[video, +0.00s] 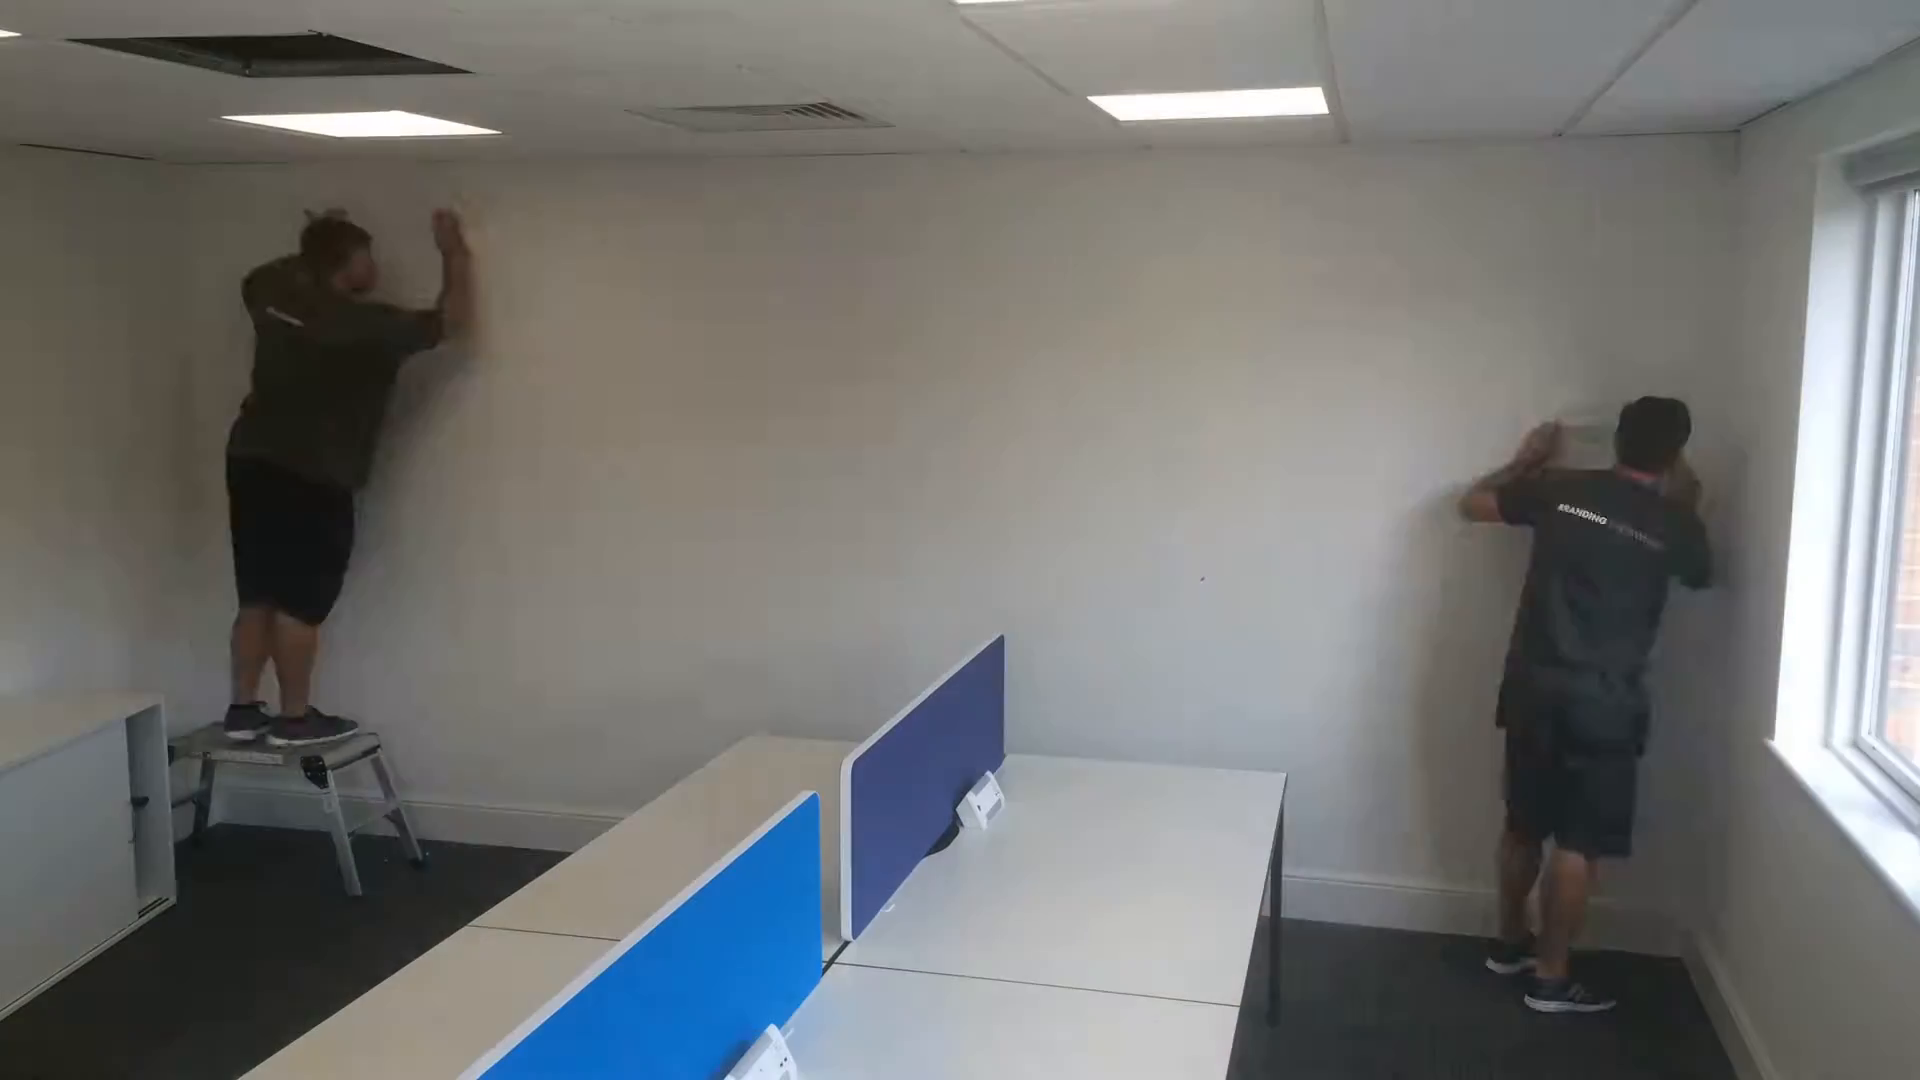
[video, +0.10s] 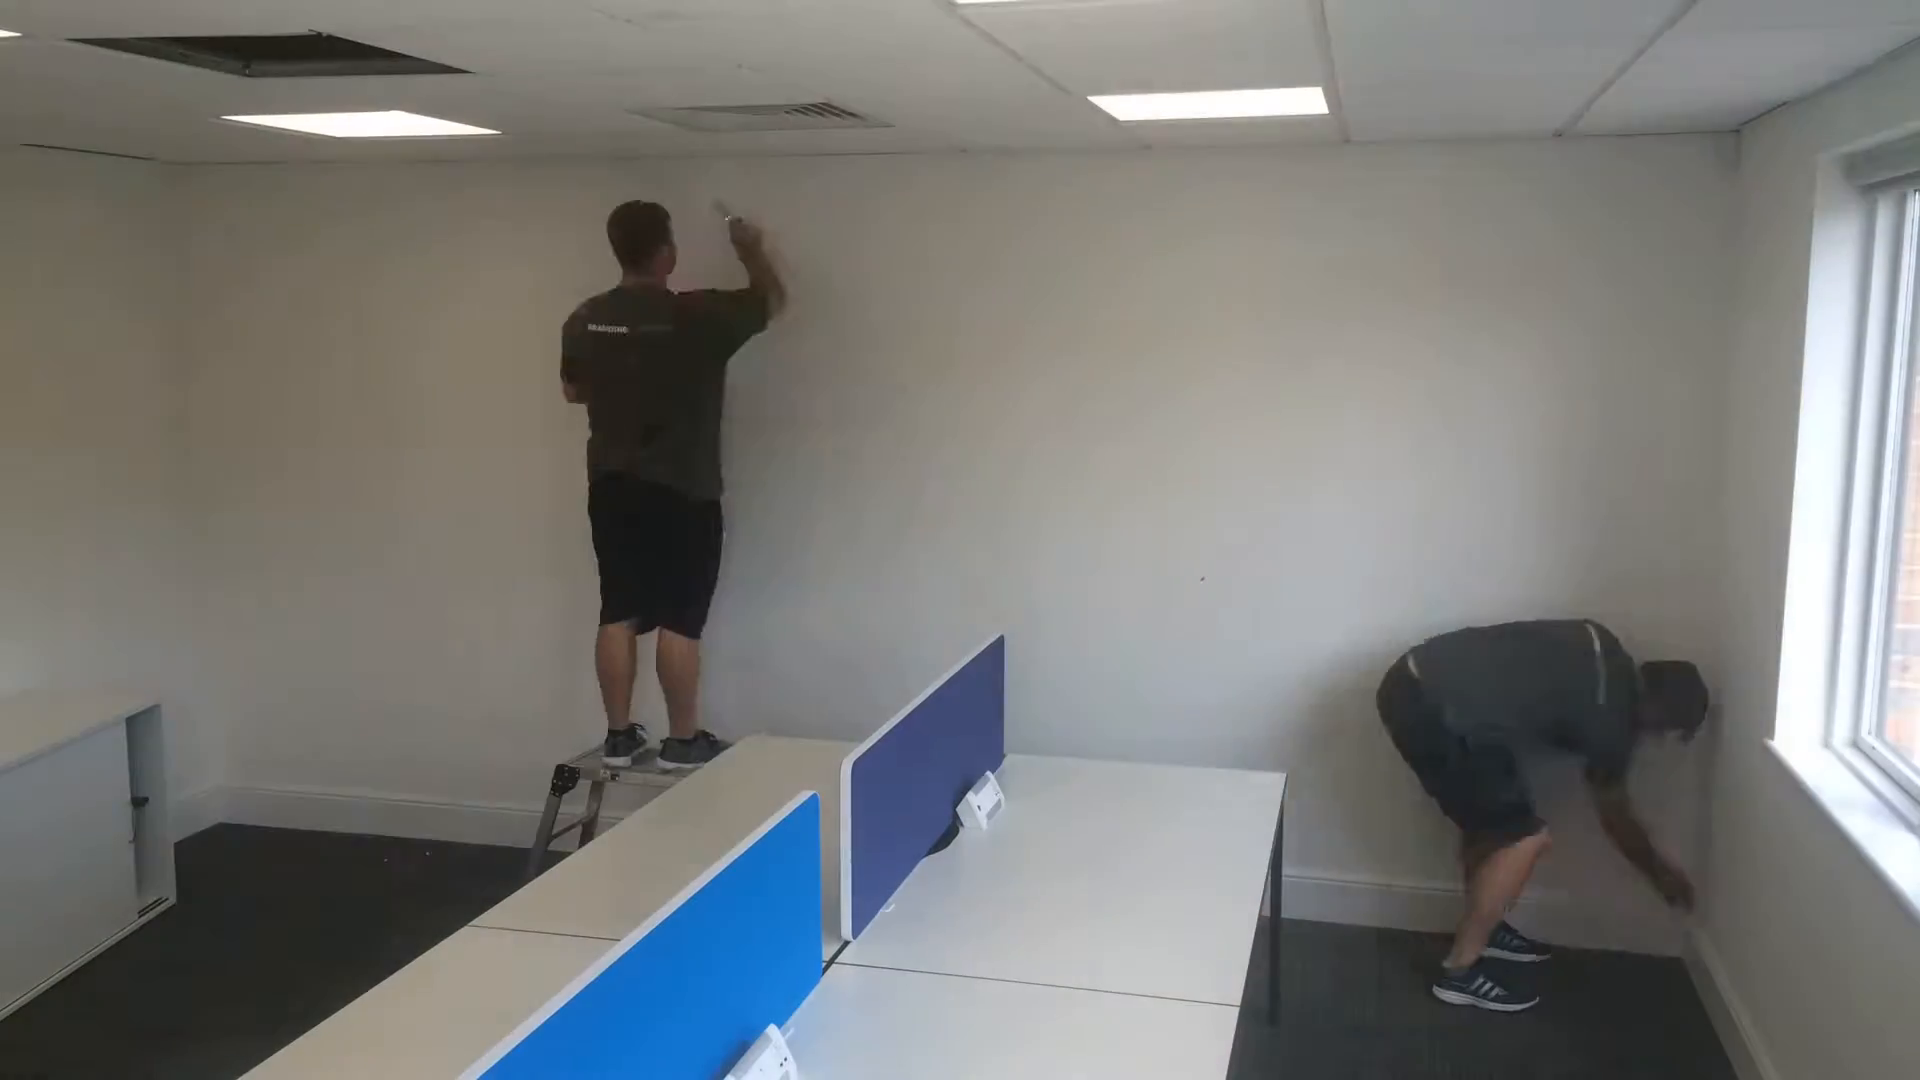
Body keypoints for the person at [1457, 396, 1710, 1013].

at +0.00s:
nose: (1679, 459)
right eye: (1678, 452)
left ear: (1617, 443)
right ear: (1672, 457)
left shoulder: (1563, 490)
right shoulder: (1673, 524)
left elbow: (1476, 505)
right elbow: (1700, 574)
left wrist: (1522, 466)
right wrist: (1687, 508)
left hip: (1534, 689)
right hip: (1607, 701)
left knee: (1522, 823)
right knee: (1577, 843)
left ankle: (1508, 945)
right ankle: (1551, 980)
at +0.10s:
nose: (1659, 735)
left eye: (1670, 731)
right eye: (1667, 727)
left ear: (1654, 673)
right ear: (1660, 709)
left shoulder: (1600, 642)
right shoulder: (1611, 724)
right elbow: (1615, 817)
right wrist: (1662, 875)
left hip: (1415, 673)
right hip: (1430, 709)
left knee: (1488, 823)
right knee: (1523, 837)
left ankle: (1486, 929)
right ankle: (1461, 968)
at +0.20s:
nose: (1655, 697)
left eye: (1665, 693)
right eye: (1664, 691)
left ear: (1659, 641)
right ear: (1658, 679)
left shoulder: (1605, 619)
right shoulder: (1595, 674)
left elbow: (1516, 676)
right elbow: (1558, 748)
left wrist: (1503, 749)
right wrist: (1619, 743)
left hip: (1428, 661)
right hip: (1435, 680)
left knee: (1479, 813)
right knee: (1488, 818)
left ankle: (1492, 926)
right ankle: (1477, 968)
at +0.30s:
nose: (1369, 516)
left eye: (1377, 501)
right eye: (1367, 505)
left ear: (1414, 495)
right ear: (1420, 499)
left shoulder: (1418, 549)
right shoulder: (1471, 531)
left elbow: (1384, 659)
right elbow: (1518, 615)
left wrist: (1321, 720)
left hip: (1512, 704)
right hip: (1570, 695)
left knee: (1476, 844)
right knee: (1528, 833)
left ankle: (1482, 980)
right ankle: (1544, 958)